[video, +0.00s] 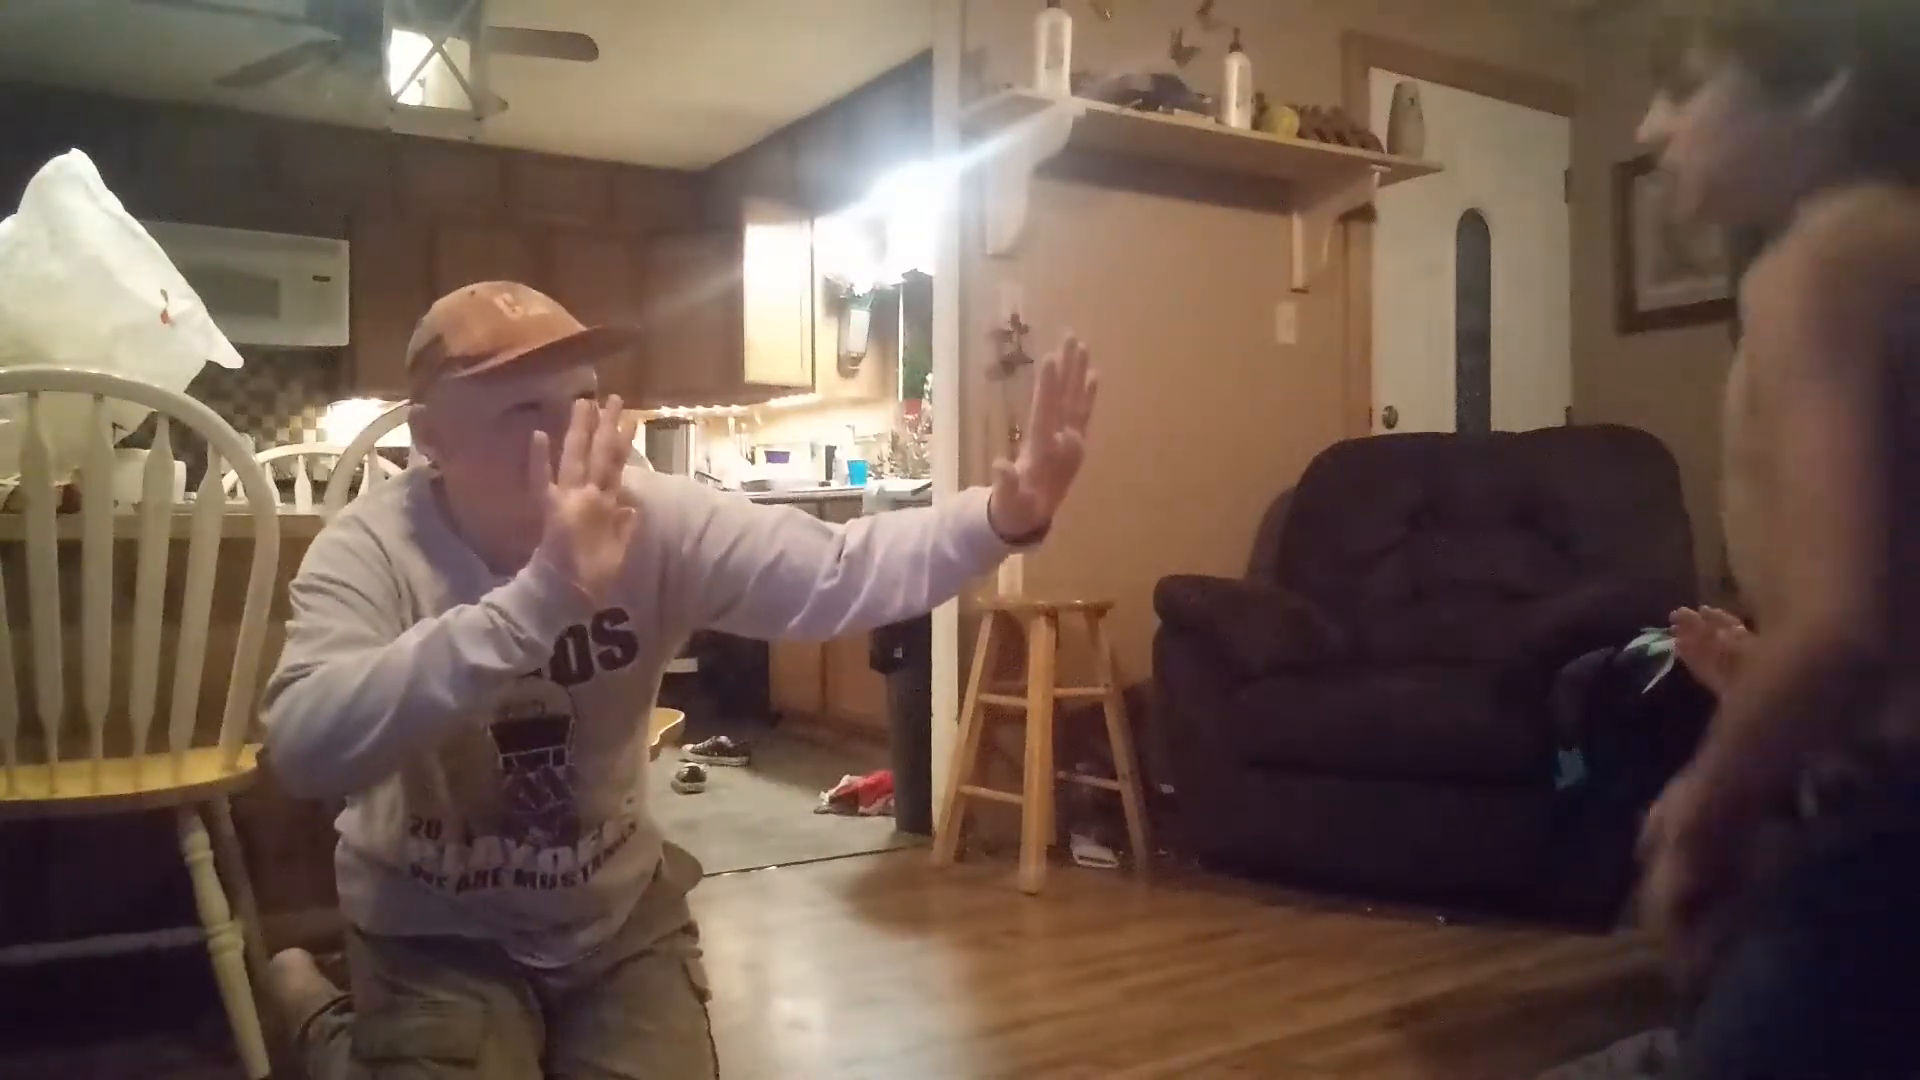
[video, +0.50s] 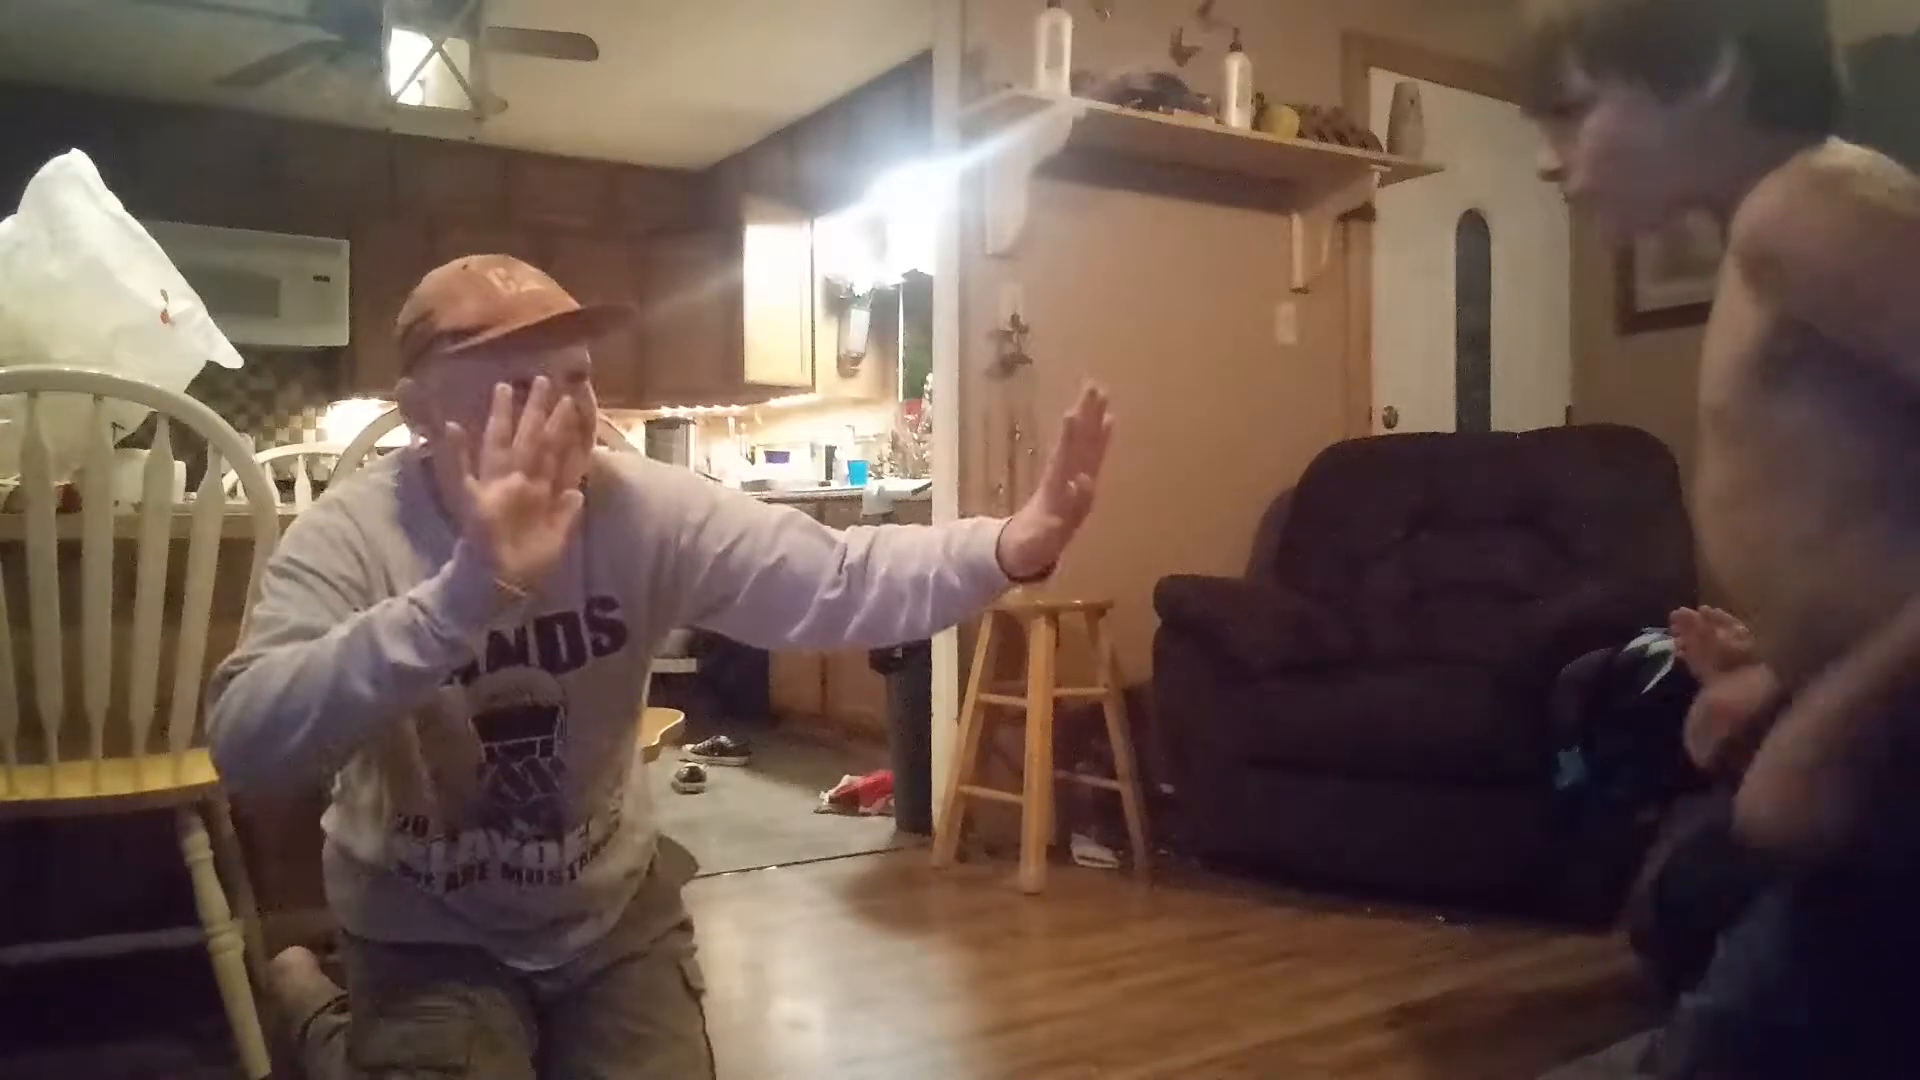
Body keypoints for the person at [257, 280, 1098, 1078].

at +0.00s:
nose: (564, 441)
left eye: (577, 408)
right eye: (523, 418)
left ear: (599, 409)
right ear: (431, 438)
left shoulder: (651, 521)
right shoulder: (370, 546)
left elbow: (834, 569)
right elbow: (306, 745)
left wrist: (1001, 518)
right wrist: (545, 591)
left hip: (620, 921)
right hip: (432, 933)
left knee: (662, 1068)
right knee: (456, 1071)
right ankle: (316, 1019)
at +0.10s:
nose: (570, 435)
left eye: (580, 400)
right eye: (523, 414)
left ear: (600, 403)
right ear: (427, 439)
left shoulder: (654, 519)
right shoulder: (367, 545)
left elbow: (831, 574)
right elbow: (298, 748)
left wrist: (999, 527)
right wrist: (532, 593)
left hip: (618, 916)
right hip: (431, 930)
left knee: (663, 1067)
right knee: (453, 1068)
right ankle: (315, 1019)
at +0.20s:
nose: (559, 426)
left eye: (569, 394)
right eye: (516, 402)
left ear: (590, 400)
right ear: (424, 429)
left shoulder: (648, 518)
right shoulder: (361, 543)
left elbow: (829, 575)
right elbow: (286, 746)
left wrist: (999, 534)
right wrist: (515, 590)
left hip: (616, 917)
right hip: (432, 933)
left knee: (663, 1067)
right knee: (450, 1069)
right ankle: (324, 1012)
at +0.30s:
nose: (574, 421)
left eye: (580, 389)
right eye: (532, 397)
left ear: (593, 392)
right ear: (433, 428)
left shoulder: (653, 515)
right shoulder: (357, 542)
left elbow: (840, 577)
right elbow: (268, 746)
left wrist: (1004, 536)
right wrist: (497, 592)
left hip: (613, 911)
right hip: (429, 926)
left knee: (663, 1065)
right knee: (448, 1064)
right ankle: (311, 1008)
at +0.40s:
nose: (570, 406)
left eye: (577, 376)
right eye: (528, 382)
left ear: (593, 383)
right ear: (433, 415)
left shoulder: (643, 511)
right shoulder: (355, 538)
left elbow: (833, 576)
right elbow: (254, 747)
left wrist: (1009, 544)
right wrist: (480, 590)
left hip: (612, 912)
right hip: (428, 929)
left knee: (664, 1066)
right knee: (445, 1064)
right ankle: (307, 1005)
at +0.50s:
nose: (574, 401)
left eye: (579, 372)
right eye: (531, 378)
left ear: (593, 378)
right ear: (428, 410)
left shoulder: (643, 508)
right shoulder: (349, 535)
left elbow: (833, 577)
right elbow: (248, 744)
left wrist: (1009, 546)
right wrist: (478, 585)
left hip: (611, 915)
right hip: (427, 932)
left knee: (663, 1069)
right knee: (448, 1070)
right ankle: (304, 992)